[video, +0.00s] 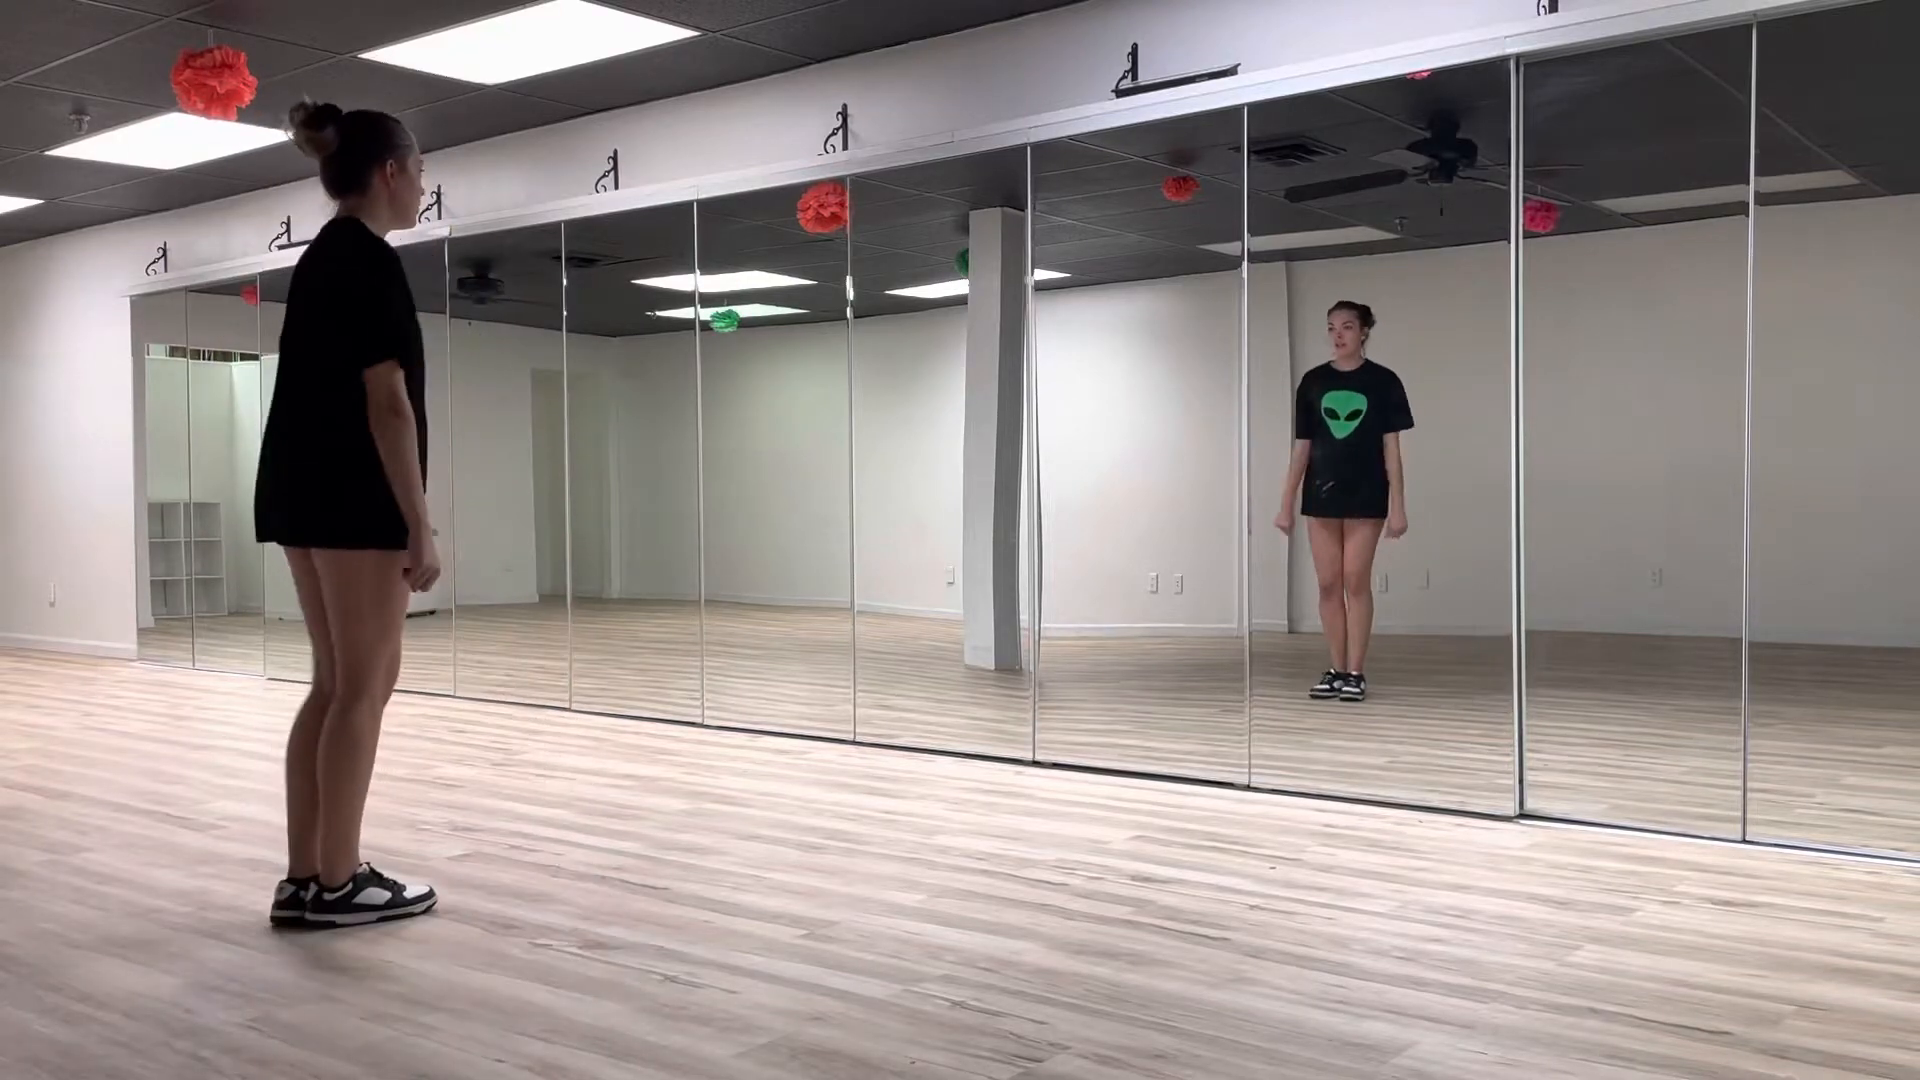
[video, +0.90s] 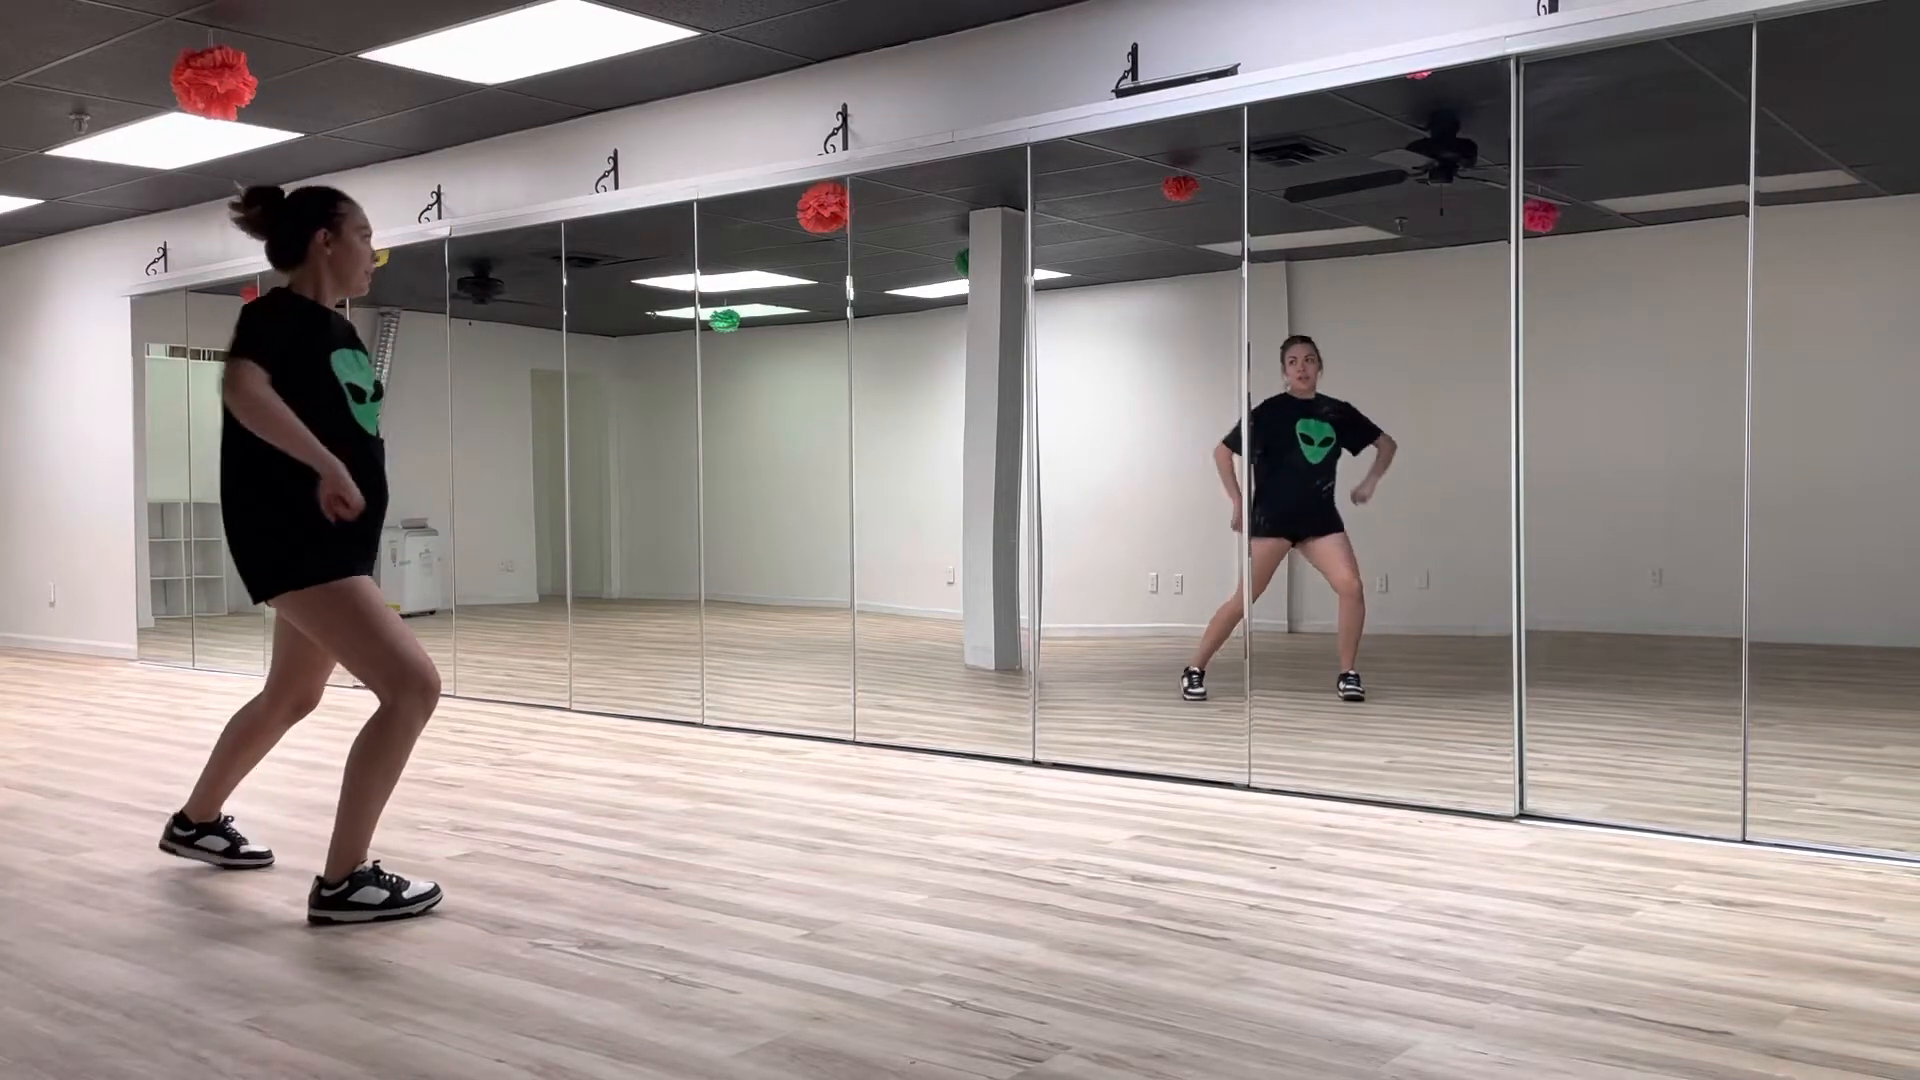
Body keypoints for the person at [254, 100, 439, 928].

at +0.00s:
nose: (424, 188)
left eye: (420, 171)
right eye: (418, 172)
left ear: (352, 177)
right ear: (389, 174)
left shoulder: (318, 260)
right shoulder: (371, 262)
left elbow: (322, 398)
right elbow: (389, 403)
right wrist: (418, 527)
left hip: (298, 490)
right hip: (357, 493)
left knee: (331, 683)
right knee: (367, 683)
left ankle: (306, 875)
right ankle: (338, 876)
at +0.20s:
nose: (418, 195)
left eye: (414, 180)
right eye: (409, 180)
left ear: (352, 187)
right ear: (377, 184)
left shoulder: (330, 264)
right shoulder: (334, 267)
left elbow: (348, 390)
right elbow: (376, 383)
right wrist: (485, 448)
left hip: (330, 500)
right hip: (329, 504)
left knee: (394, 665)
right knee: (363, 677)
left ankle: (282, 833)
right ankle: (340, 880)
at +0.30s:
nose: (407, 192)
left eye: (404, 177)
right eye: (398, 176)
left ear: (347, 185)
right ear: (363, 181)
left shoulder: (350, 268)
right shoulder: (311, 255)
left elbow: (391, 360)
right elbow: (330, 343)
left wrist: (483, 349)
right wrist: (474, 344)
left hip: (341, 497)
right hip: (318, 499)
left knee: (362, 665)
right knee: (366, 670)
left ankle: (252, 807)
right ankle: (339, 879)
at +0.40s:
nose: (395, 195)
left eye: (392, 181)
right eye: (385, 180)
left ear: (339, 189)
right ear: (347, 186)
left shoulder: (346, 271)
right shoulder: (292, 250)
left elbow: (364, 342)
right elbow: (274, 301)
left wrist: (448, 308)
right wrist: (406, 271)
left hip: (343, 492)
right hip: (308, 493)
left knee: (329, 664)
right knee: (377, 669)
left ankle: (230, 790)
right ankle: (339, 879)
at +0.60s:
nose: (373, 253)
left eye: (371, 240)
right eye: (363, 239)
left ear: (327, 247)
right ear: (321, 244)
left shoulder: (346, 326)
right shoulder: (260, 312)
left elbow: (345, 409)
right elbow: (183, 286)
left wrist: (377, 369)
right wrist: (281, 293)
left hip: (339, 533)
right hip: (281, 533)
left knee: (290, 695)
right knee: (396, 673)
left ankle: (197, 822)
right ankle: (348, 873)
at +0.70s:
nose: (365, 273)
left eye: (365, 259)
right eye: (356, 258)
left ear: (318, 263)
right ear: (312, 260)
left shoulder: (331, 337)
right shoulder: (251, 323)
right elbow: (165, 314)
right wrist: (273, 361)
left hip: (334, 550)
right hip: (278, 551)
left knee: (282, 709)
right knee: (400, 676)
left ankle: (191, 831)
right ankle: (346, 875)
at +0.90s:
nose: (376, 253)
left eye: (373, 238)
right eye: (367, 237)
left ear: (324, 244)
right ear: (326, 242)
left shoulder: (332, 326)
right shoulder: (275, 313)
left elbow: (321, 421)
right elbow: (244, 390)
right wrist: (327, 463)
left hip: (326, 536)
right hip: (292, 539)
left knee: (289, 693)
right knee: (413, 685)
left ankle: (197, 817)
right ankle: (344, 875)